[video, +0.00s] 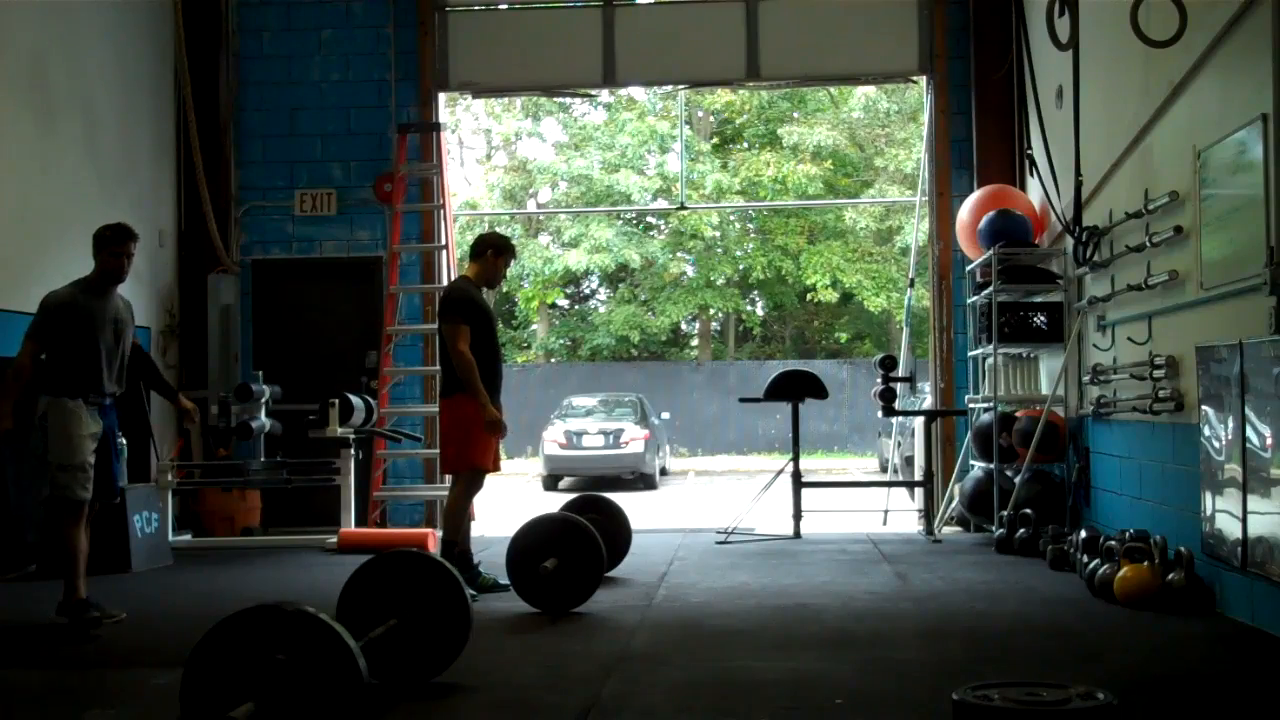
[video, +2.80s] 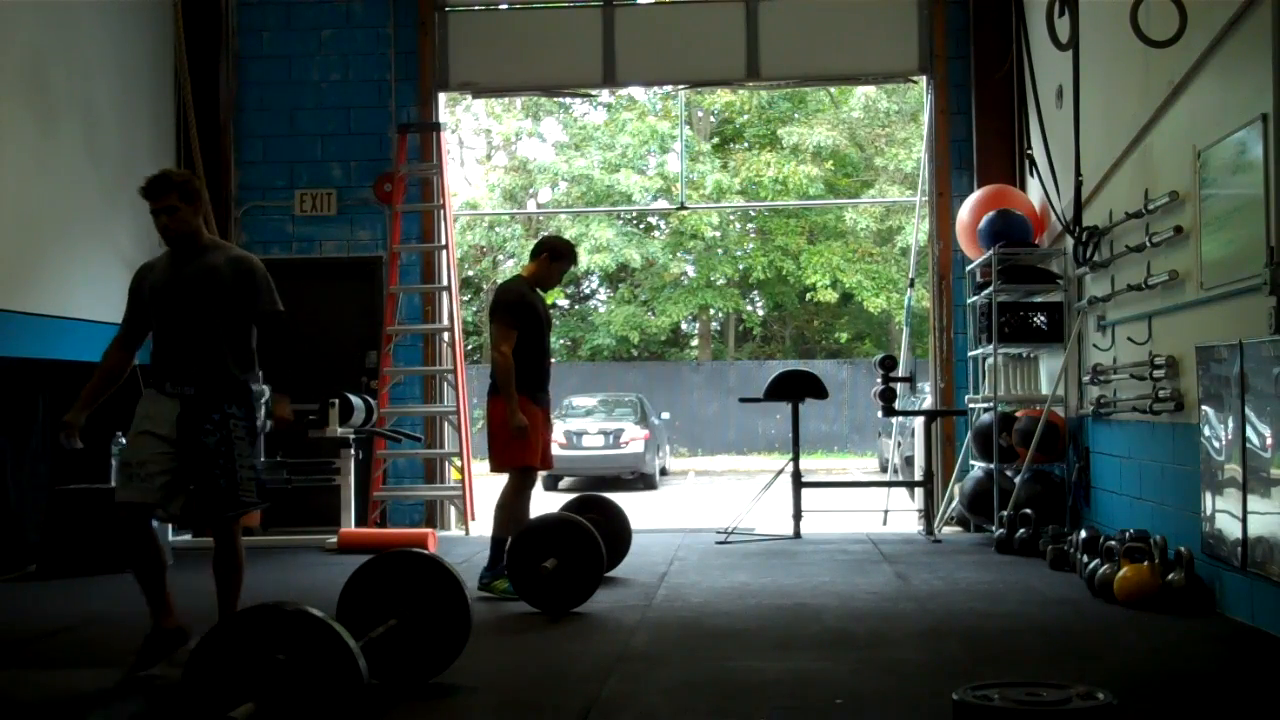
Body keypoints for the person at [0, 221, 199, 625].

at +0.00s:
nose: (126, 263)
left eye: (130, 256)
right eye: (119, 255)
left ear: (132, 259)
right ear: (99, 255)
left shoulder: (122, 309)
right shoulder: (60, 302)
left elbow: (134, 359)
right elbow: (28, 358)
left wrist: (175, 396)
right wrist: (12, 408)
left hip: (104, 413)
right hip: (69, 412)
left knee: (90, 505)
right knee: (75, 505)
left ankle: (77, 597)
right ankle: (75, 600)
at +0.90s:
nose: (148, 256)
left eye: (149, 248)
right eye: (141, 248)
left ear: (135, 250)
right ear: (116, 248)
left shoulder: (140, 299)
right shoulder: (72, 300)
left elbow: (155, 360)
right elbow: (48, 362)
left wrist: (180, 407)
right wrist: (51, 417)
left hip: (135, 417)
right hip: (86, 419)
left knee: (166, 498)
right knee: (82, 511)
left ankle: (139, 589)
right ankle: (79, 605)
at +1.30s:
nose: (210, 257)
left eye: (211, 249)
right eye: (204, 248)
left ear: (201, 249)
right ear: (180, 246)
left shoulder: (196, 300)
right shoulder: (134, 294)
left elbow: (194, 368)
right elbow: (114, 358)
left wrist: (205, 423)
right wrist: (130, 412)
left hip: (187, 417)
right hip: (145, 415)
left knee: (188, 515)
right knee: (130, 512)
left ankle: (199, 605)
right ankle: (92, 599)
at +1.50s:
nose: (225, 255)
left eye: (229, 247)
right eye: (218, 247)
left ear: (230, 248)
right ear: (196, 245)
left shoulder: (226, 298)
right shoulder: (157, 292)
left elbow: (241, 361)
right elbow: (129, 358)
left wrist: (260, 409)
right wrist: (135, 411)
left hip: (210, 413)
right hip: (165, 410)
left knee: (201, 511)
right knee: (173, 505)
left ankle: (200, 604)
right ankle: (158, 597)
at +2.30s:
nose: (213, 228)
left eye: (220, 220)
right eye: (204, 221)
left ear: (235, 225)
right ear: (191, 229)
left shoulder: (262, 280)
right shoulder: (173, 286)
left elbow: (291, 346)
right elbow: (157, 355)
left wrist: (318, 402)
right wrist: (171, 405)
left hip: (255, 412)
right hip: (202, 416)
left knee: (261, 516)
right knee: (222, 523)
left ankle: (273, 608)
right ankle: (239, 610)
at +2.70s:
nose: (180, 223)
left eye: (188, 213)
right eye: (173, 215)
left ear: (212, 210)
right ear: (165, 219)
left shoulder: (252, 273)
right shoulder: (156, 278)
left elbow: (285, 348)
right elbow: (128, 351)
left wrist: (305, 408)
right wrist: (94, 411)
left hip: (232, 412)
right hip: (171, 411)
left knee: (229, 524)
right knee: (151, 515)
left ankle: (229, 625)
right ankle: (199, 594)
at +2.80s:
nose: (163, 222)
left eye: (171, 212)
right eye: (156, 214)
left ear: (198, 208)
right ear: (152, 218)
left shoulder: (245, 269)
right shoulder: (151, 277)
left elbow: (275, 341)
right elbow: (123, 349)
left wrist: (279, 397)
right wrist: (82, 408)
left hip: (226, 414)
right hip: (163, 413)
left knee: (225, 529)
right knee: (134, 516)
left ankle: (228, 630)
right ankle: (166, 624)